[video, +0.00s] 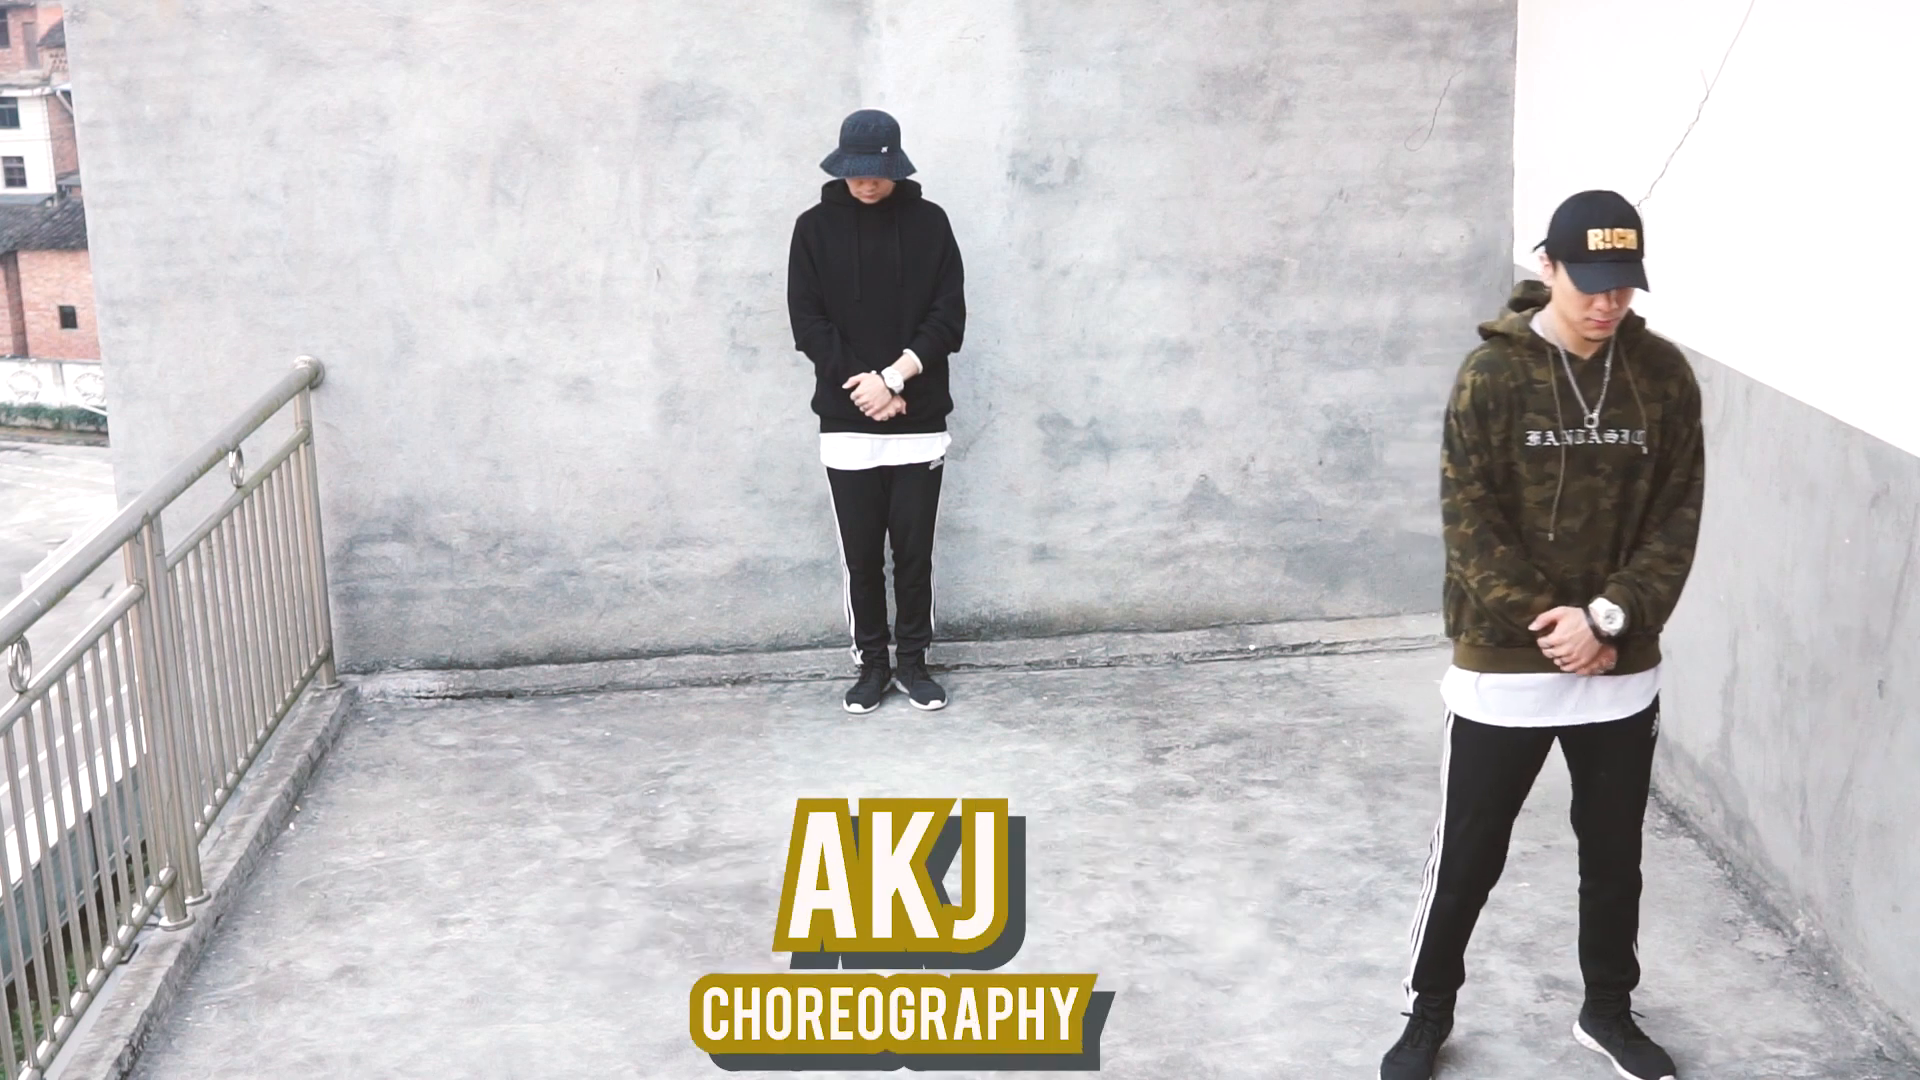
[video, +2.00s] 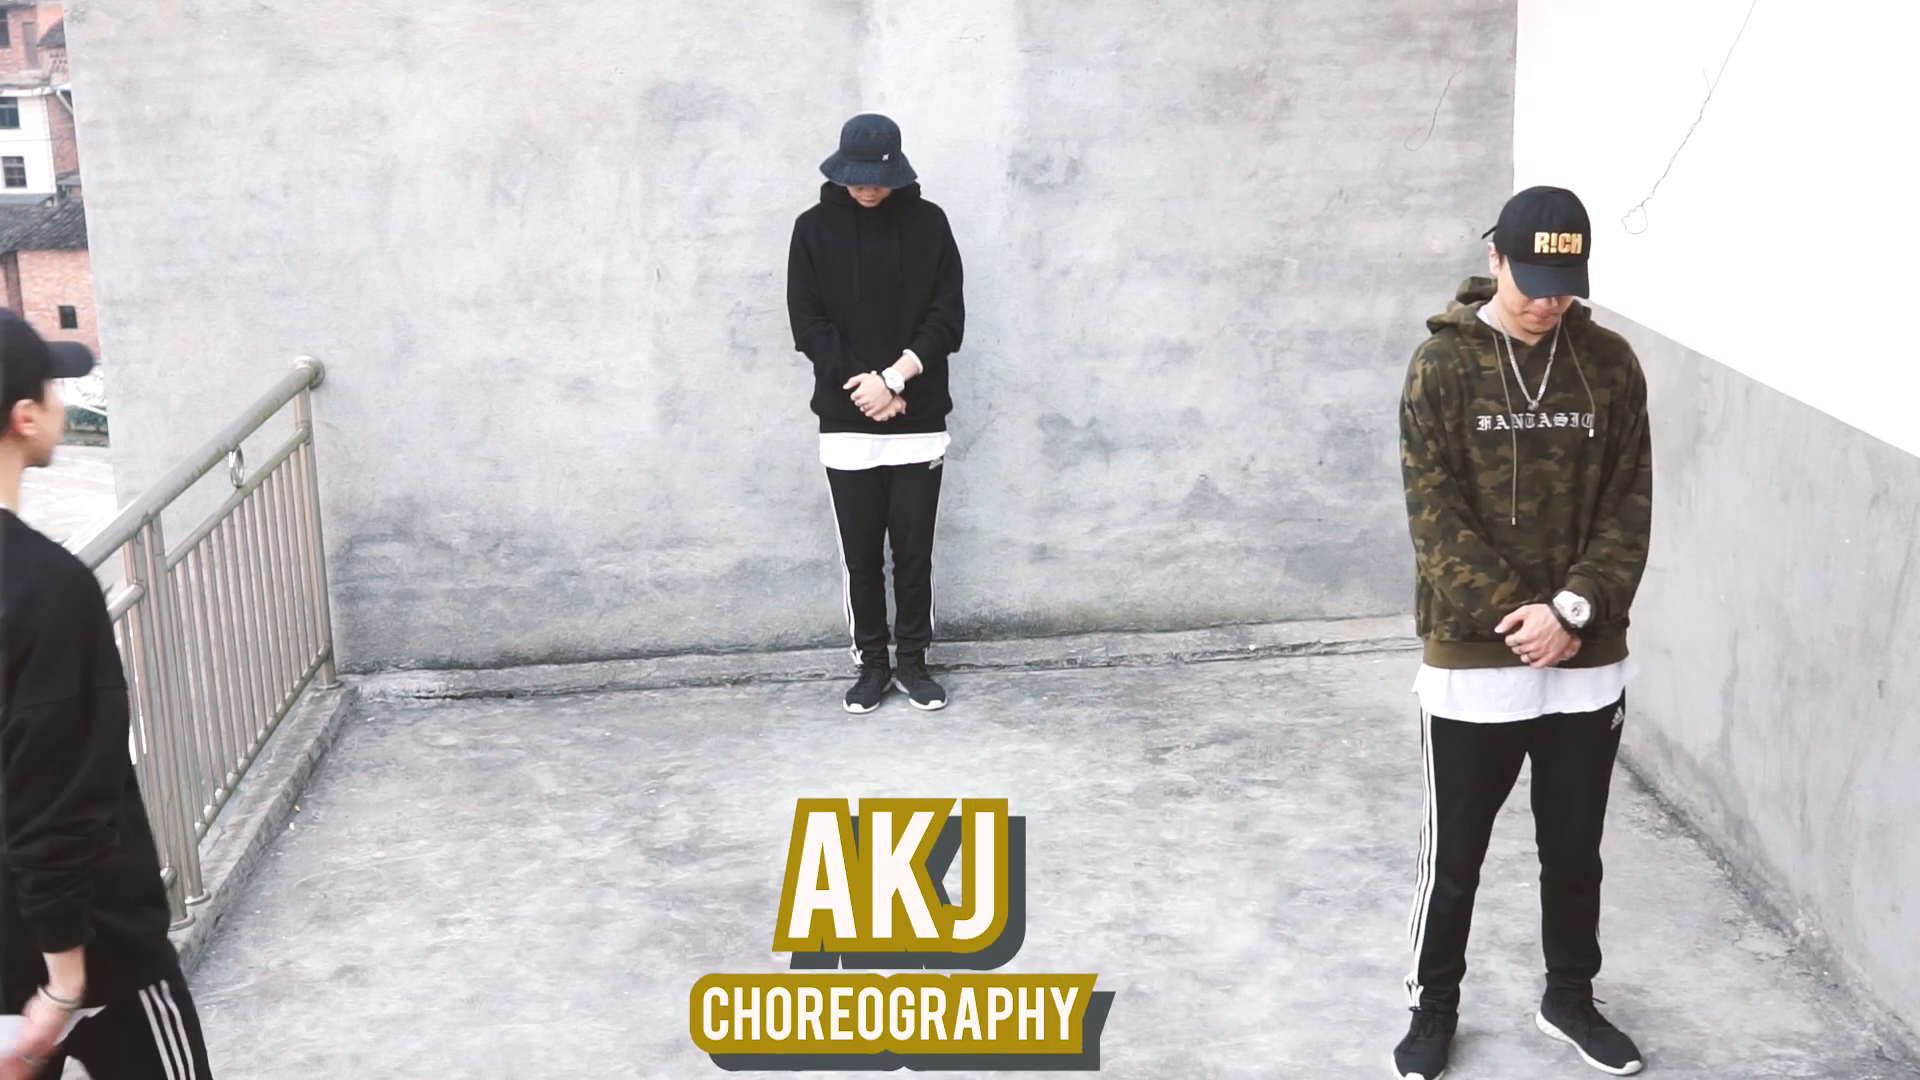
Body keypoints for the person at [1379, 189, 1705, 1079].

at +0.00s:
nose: (1606, 303)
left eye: (1622, 286)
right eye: (1588, 283)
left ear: (1640, 282)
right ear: (1547, 269)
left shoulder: (1664, 374)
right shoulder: (1492, 373)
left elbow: (1677, 520)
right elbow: (1466, 522)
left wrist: (1613, 615)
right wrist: (1552, 625)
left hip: (1620, 670)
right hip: (1503, 667)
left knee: (1615, 860)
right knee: (1468, 859)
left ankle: (1608, 1008)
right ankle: (1428, 1015)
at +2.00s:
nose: (1553, 303)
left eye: (1568, 286)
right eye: (1537, 284)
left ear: (1586, 272)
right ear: (1497, 260)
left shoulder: (1612, 364)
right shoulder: (1443, 360)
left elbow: (1630, 507)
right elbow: (1433, 513)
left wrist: (1576, 608)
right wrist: (1523, 620)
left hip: (1586, 658)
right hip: (1472, 660)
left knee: (1575, 848)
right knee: (1454, 852)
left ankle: (1570, 997)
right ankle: (1433, 1006)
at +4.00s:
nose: (1545, 301)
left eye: (1561, 285)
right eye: (1529, 282)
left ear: (1581, 271)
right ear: (1491, 259)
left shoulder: (1609, 364)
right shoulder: (1440, 363)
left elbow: (1628, 508)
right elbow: (1432, 514)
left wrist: (1575, 613)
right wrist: (1518, 620)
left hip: (1583, 660)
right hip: (1470, 662)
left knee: (1575, 850)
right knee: (1453, 853)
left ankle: (1571, 998)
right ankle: (1433, 1006)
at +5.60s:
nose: (1554, 302)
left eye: (1569, 285)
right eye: (1538, 283)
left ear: (1588, 273)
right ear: (1498, 260)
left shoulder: (1615, 365)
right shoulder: (1445, 362)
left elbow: (1633, 509)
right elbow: (1436, 513)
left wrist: (1578, 613)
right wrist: (1521, 620)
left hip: (1587, 660)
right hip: (1473, 662)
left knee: (1577, 849)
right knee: (1455, 852)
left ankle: (1571, 997)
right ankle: (1434, 1005)